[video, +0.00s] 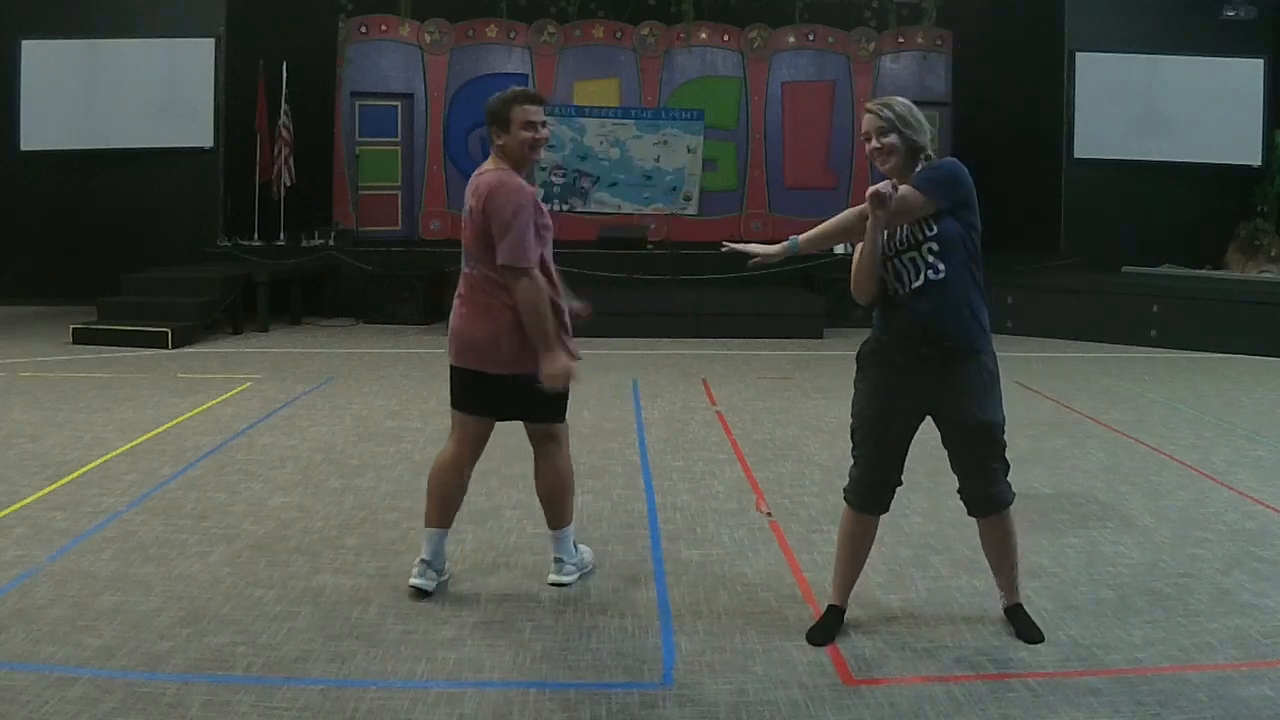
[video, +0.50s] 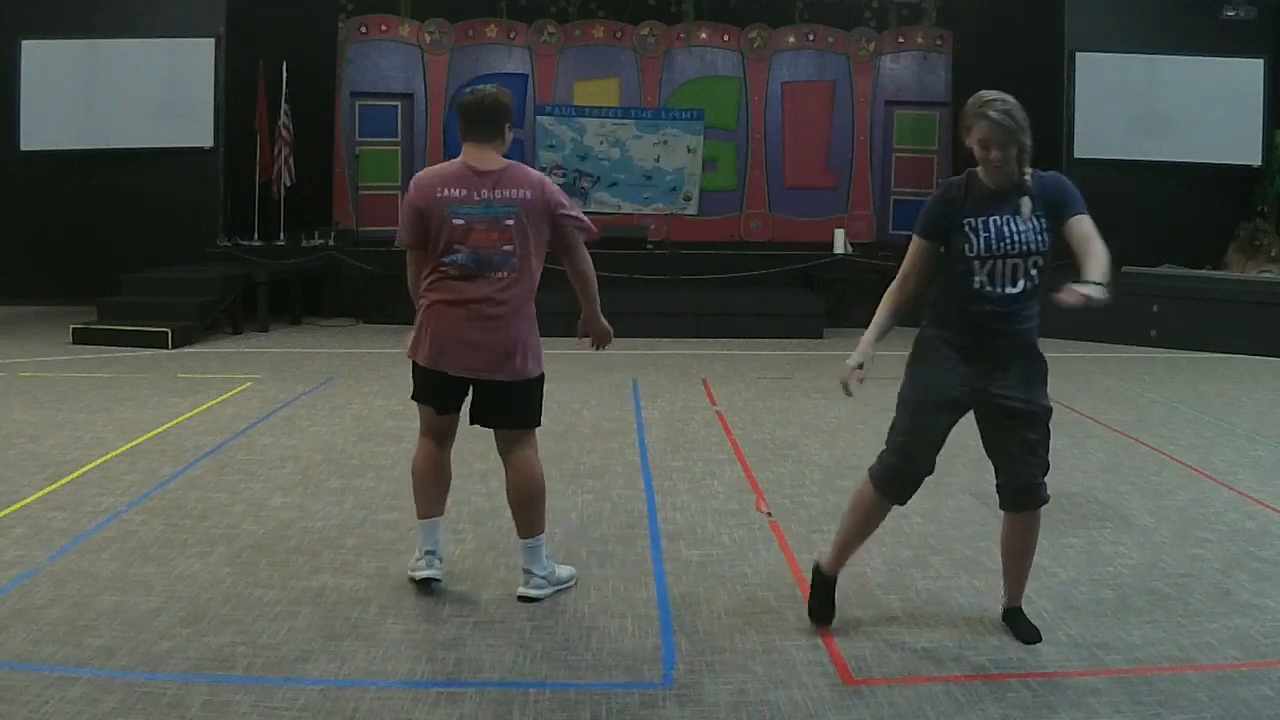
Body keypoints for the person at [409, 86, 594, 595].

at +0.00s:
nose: (540, 135)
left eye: (543, 126)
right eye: (529, 126)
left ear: (540, 130)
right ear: (500, 134)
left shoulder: (483, 181)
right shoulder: (513, 192)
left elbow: (520, 259)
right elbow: (523, 278)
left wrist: (560, 299)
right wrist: (549, 348)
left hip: (474, 342)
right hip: (523, 344)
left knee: (460, 446)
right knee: (550, 444)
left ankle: (430, 561)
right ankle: (565, 556)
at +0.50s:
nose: (509, 134)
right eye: (512, 128)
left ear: (459, 128)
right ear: (508, 131)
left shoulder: (425, 185)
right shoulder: (538, 188)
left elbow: (416, 268)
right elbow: (578, 260)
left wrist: (428, 321)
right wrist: (593, 314)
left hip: (440, 341)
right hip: (512, 346)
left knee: (434, 437)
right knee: (519, 447)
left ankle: (428, 555)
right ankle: (536, 568)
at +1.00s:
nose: (479, 137)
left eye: (479, 130)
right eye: (480, 130)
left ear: (428, 121)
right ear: (471, 127)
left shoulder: (375, 168)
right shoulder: (478, 182)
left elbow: (343, 239)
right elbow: (516, 243)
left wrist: (338, 299)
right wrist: (552, 299)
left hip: (404, 335)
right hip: (473, 324)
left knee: (414, 447)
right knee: (521, 398)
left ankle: (439, 557)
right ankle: (539, 334)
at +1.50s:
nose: (448, 136)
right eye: (447, 131)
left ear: (395, 134)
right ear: (440, 133)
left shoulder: (369, 197)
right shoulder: (460, 174)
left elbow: (360, 280)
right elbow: (471, 238)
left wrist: (357, 347)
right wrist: (480, 305)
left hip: (407, 349)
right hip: (467, 339)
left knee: (426, 455)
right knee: (490, 439)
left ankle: (442, 565)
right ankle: (489, 353)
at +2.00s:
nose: (477, 134)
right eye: (479, 127)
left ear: (428, 127)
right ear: (476, 127)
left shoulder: (392, 179)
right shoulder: (497, 184)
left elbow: (366, 250)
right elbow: (527, 264)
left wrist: (376, 292)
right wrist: (556, 328)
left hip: (421, 339)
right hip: (488, 337)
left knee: (436, 446)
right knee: (497, 408)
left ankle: (443, 565)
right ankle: (542, 465)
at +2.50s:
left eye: (462, 135)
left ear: (457, 139)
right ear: (504, 132)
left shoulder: (452, 212)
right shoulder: (551, 166)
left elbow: (421, 287)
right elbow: (594, 225)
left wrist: (389, 351)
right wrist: (572, 286)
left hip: (472, 321)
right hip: (543, 327)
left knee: (424, 347)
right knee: (529, 438)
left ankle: (403, 402)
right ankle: (520, 558)